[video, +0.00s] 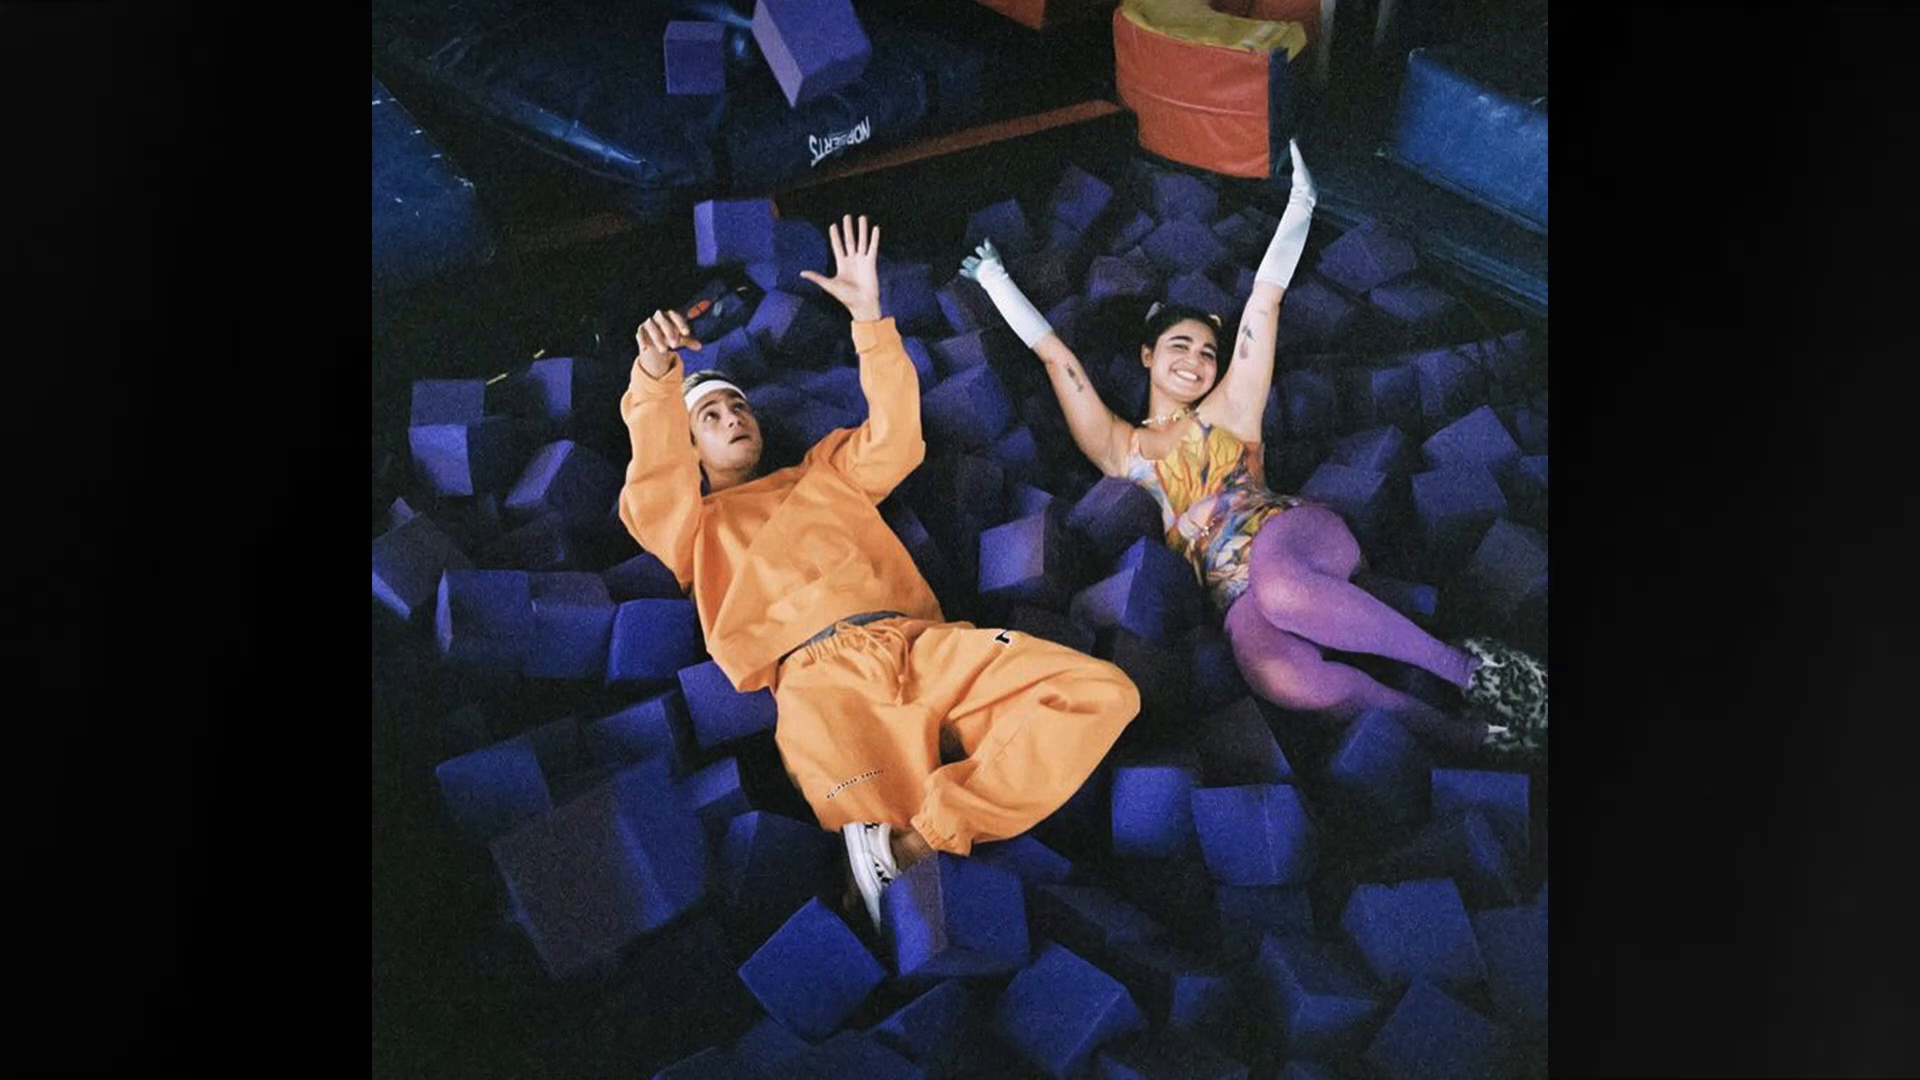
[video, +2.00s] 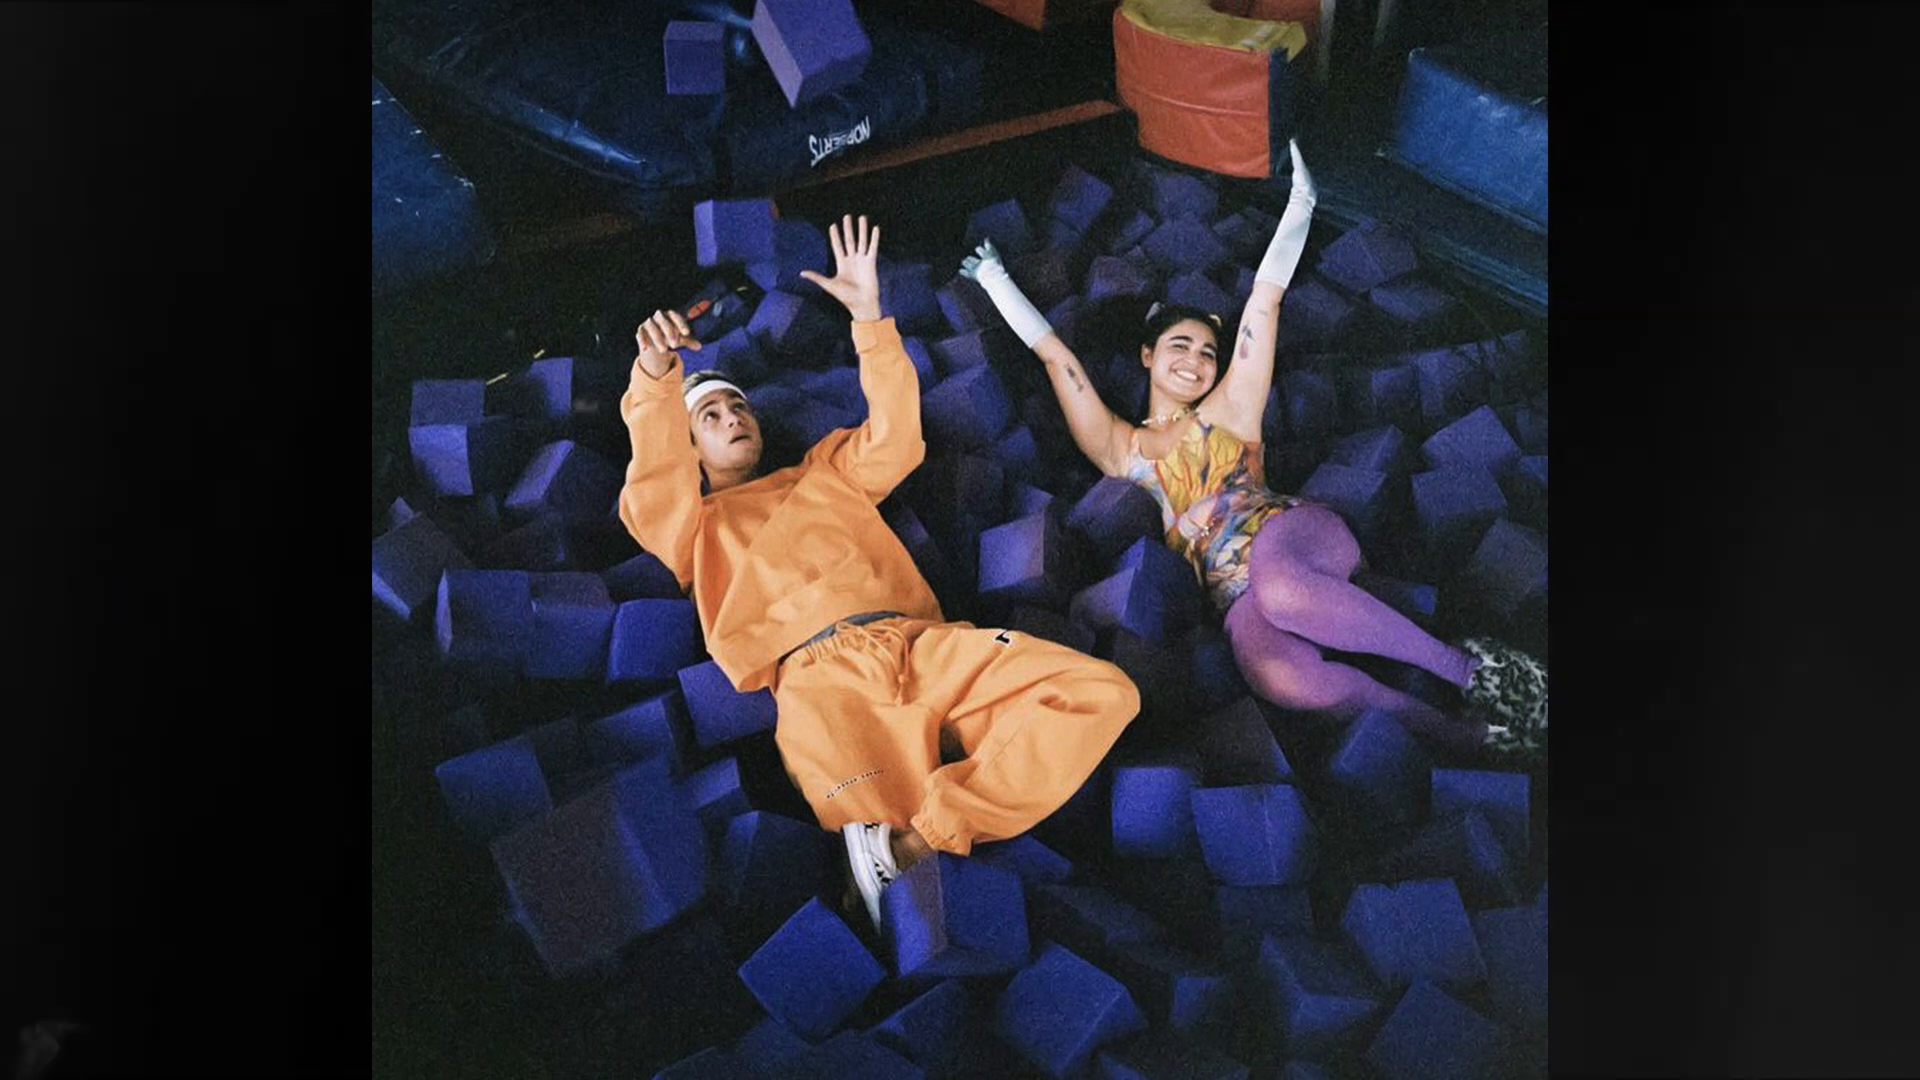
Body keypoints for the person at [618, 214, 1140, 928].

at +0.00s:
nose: (730, 418)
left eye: (738, 407)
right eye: (709, 415)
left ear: (761, 426)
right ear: (688, 449)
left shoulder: (827, 468)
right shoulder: (696, 525)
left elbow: (895, 435)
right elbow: (654, 477)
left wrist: (868, 316)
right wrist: (655, 374)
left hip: (917, 640)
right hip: (819, 673)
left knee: (1094, 693)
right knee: (880, 826)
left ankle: (915, 841)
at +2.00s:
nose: (731, 418)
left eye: (738, 406)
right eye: (709, 415)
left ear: (759, 424)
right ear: (687, 448)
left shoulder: (827, 468)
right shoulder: (695, 524)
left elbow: (895, 436)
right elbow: (654, 476)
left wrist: (868, 317)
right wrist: (655, 372)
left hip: (918, 640)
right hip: (820, 672)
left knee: (1094, 692)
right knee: (880, 828)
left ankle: (918, 840)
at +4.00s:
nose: (731, 418)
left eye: (738, 407)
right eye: (709, 415)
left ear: (760, 425)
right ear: (687, 449)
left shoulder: (827, 468)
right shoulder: (696, 525)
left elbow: (895, 436)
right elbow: (655, 477)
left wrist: (868, 317)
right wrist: (655, 373)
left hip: (917, 640)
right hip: (820, 673)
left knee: (1094, 692)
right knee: (883, 831)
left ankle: (917, 841)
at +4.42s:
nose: (731, 418)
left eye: (738, 407)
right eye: (709, 415)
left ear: (760, 425)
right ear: (688, 448)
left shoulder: (827, 468)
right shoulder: (695, 525)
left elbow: (895, 436)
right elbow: (655, 476)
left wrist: (868, 317)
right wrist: (655, 373)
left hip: (918, 640)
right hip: (820, 672)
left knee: (1094, 692)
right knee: (881, 829)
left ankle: (917, 841)